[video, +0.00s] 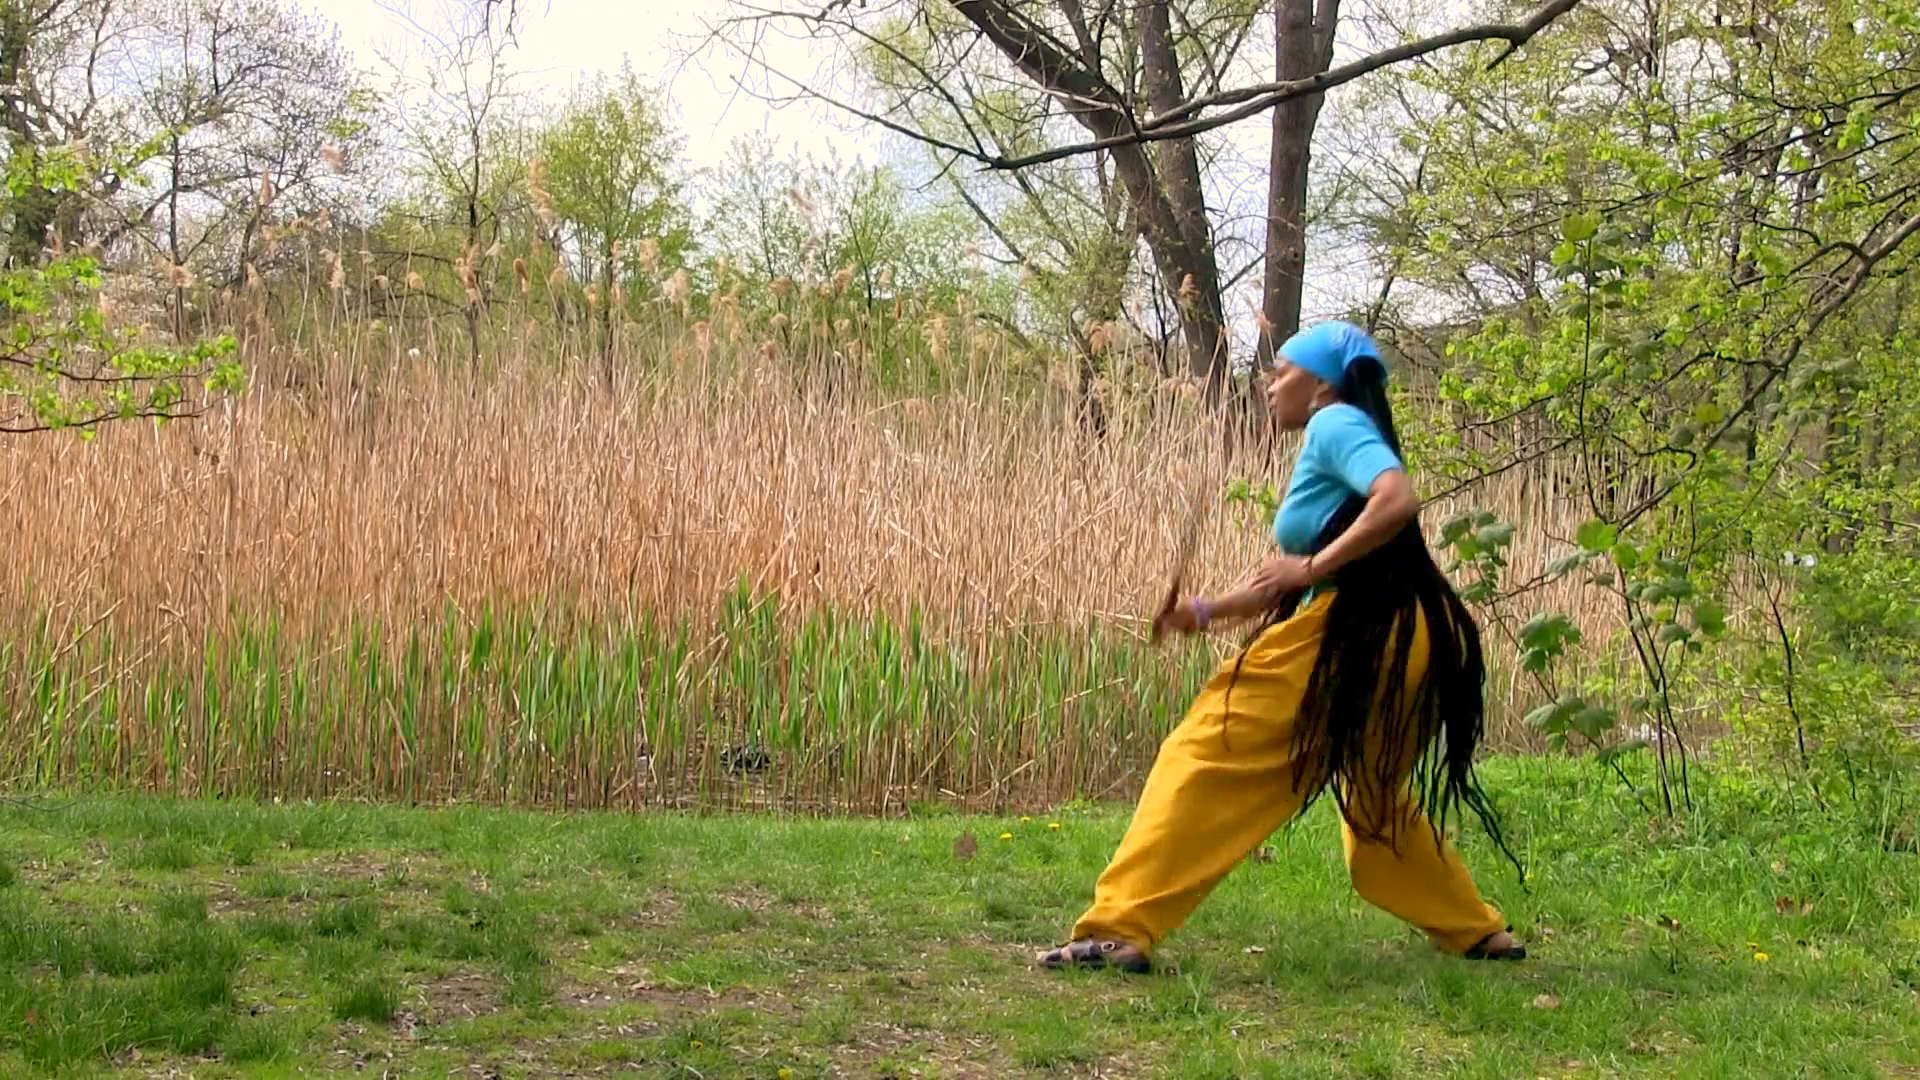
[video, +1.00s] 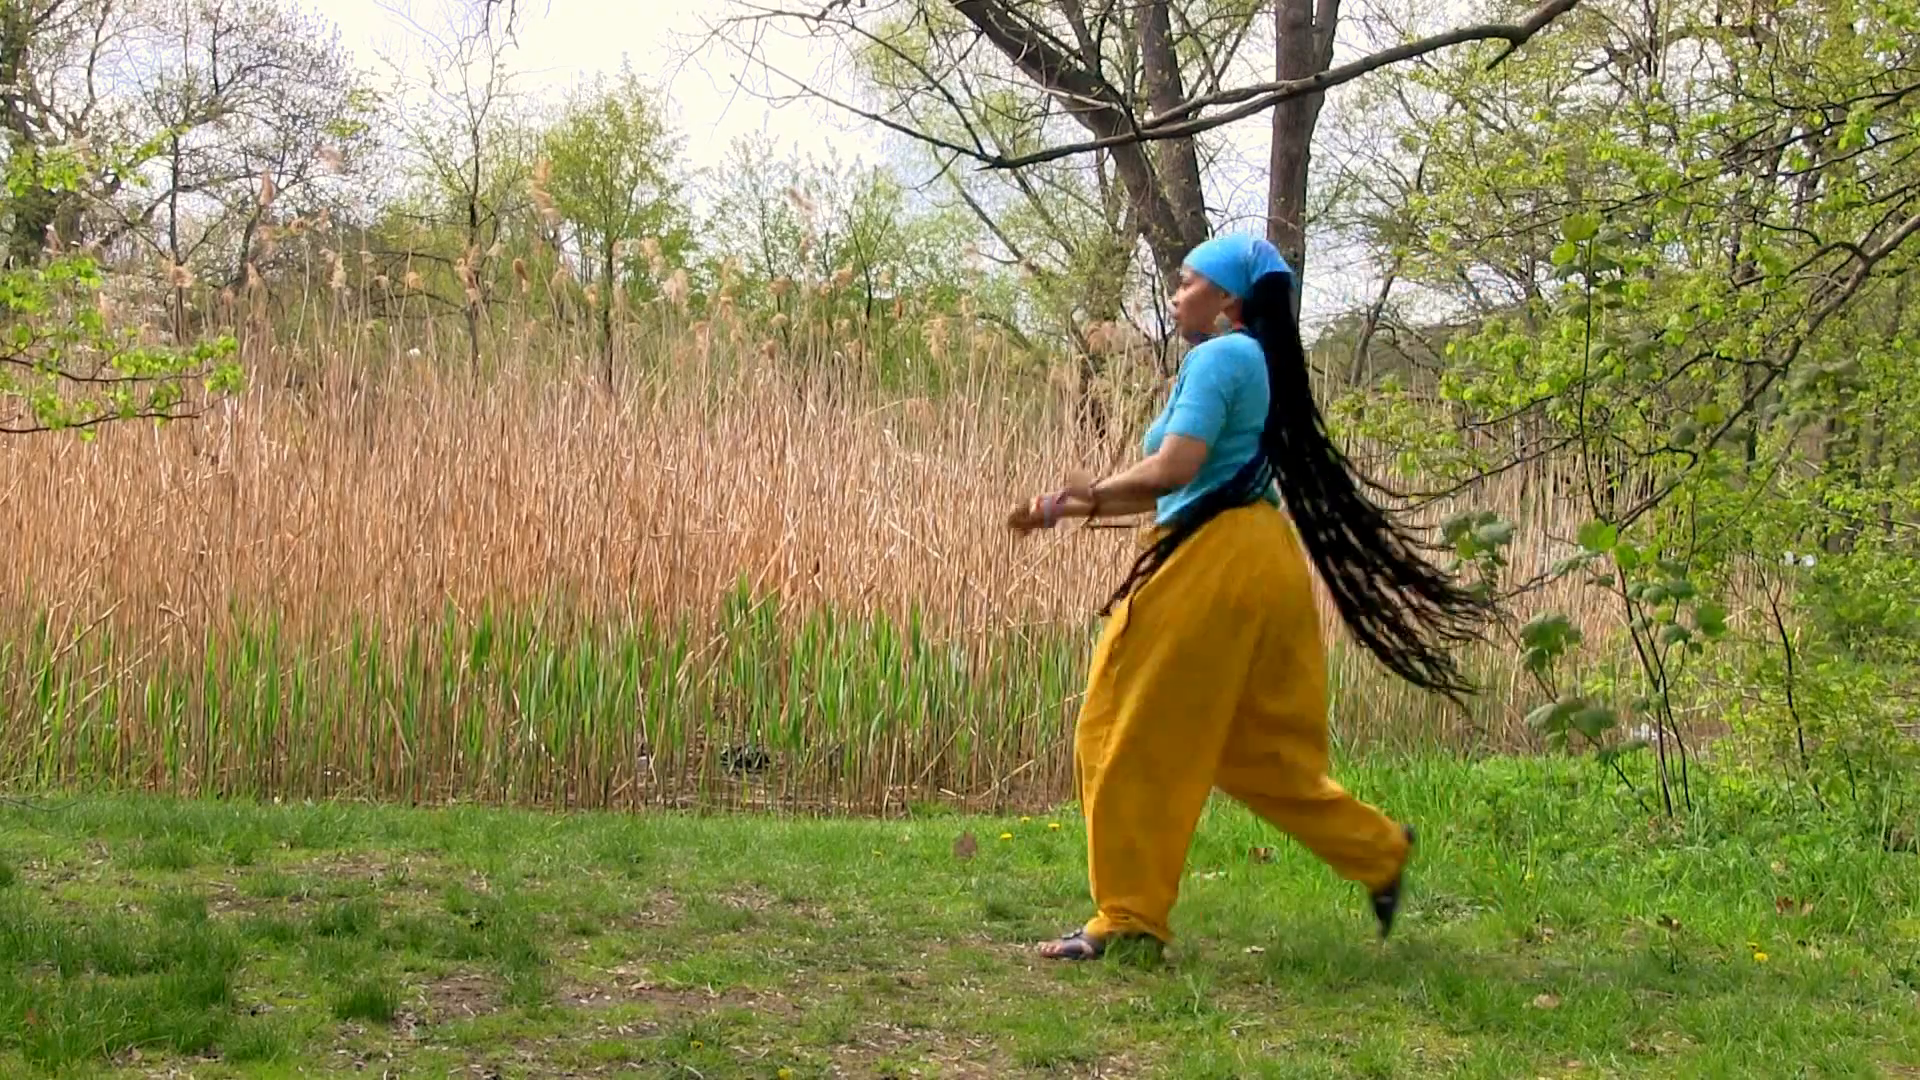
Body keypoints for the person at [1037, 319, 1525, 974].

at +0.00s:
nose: (1271, 384)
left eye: (1282, 372)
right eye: (1275, 371)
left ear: (1320, 383)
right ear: (1324, 384)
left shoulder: (1338, 424)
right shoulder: (1330, 442)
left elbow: (1396, 497)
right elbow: (1294, 577)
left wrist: (1312, 566)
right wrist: (1208, 610)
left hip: (1342, 625)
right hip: (1404, 627)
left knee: (1201, 751)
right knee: (1375, 792)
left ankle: (1118, 930)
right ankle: (1477, 930)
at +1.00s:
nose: (1176, 295)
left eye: (1189, 284)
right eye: (1182, 280)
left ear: (1227, 300)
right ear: (1231, 301)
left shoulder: (1216, 360)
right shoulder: (1247, 361)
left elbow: (1173, 467)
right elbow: (1171, 477)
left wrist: (1084, 494)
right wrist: (1085, 503)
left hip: (1216, 557)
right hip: (1269, 552)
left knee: (1126, 728)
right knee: (1245, 743)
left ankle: (1128, 917)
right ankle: (1378, 851)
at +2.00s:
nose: (958, 289)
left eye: (953, 275)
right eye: (945, 277)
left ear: (892, 293)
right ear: (906, 289)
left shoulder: (867, 350)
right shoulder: (924, 346)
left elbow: (950, 431)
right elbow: (1032, 369)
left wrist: (999, 371)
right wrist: (1042, 320)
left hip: (833, 539)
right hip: (898, 541)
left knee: (788, 700)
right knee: (1000, 714)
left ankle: (716, 886)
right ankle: (971, 913)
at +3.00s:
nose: (1228, 285)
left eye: (1221, 272)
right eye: (1216, 275)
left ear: (1151, 298)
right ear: (1187, 289)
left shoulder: (1128, 371)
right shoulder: (1242, 336)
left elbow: (1071, 479)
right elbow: (1309, 442)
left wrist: (1125, 542)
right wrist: (1286, 474)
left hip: (1174, 547)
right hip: (1258, 525)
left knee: (1257, 736)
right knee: (1398, 673)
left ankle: (1290, 924)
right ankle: (1260, 766)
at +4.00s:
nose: (1329, 257)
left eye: (1344, 245)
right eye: (1332, 244)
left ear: (1389, 258)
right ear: (1366, 259)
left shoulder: (1409, 322)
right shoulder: (1350, 331)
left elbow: (1304, 384)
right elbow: (1277, 417)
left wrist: (1275, 331)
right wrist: (1210, 405)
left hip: (1376, 537)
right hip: (1305, 504)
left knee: (1345, 711)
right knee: (1158, 539)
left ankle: (1376, 903)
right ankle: (1214, 690)